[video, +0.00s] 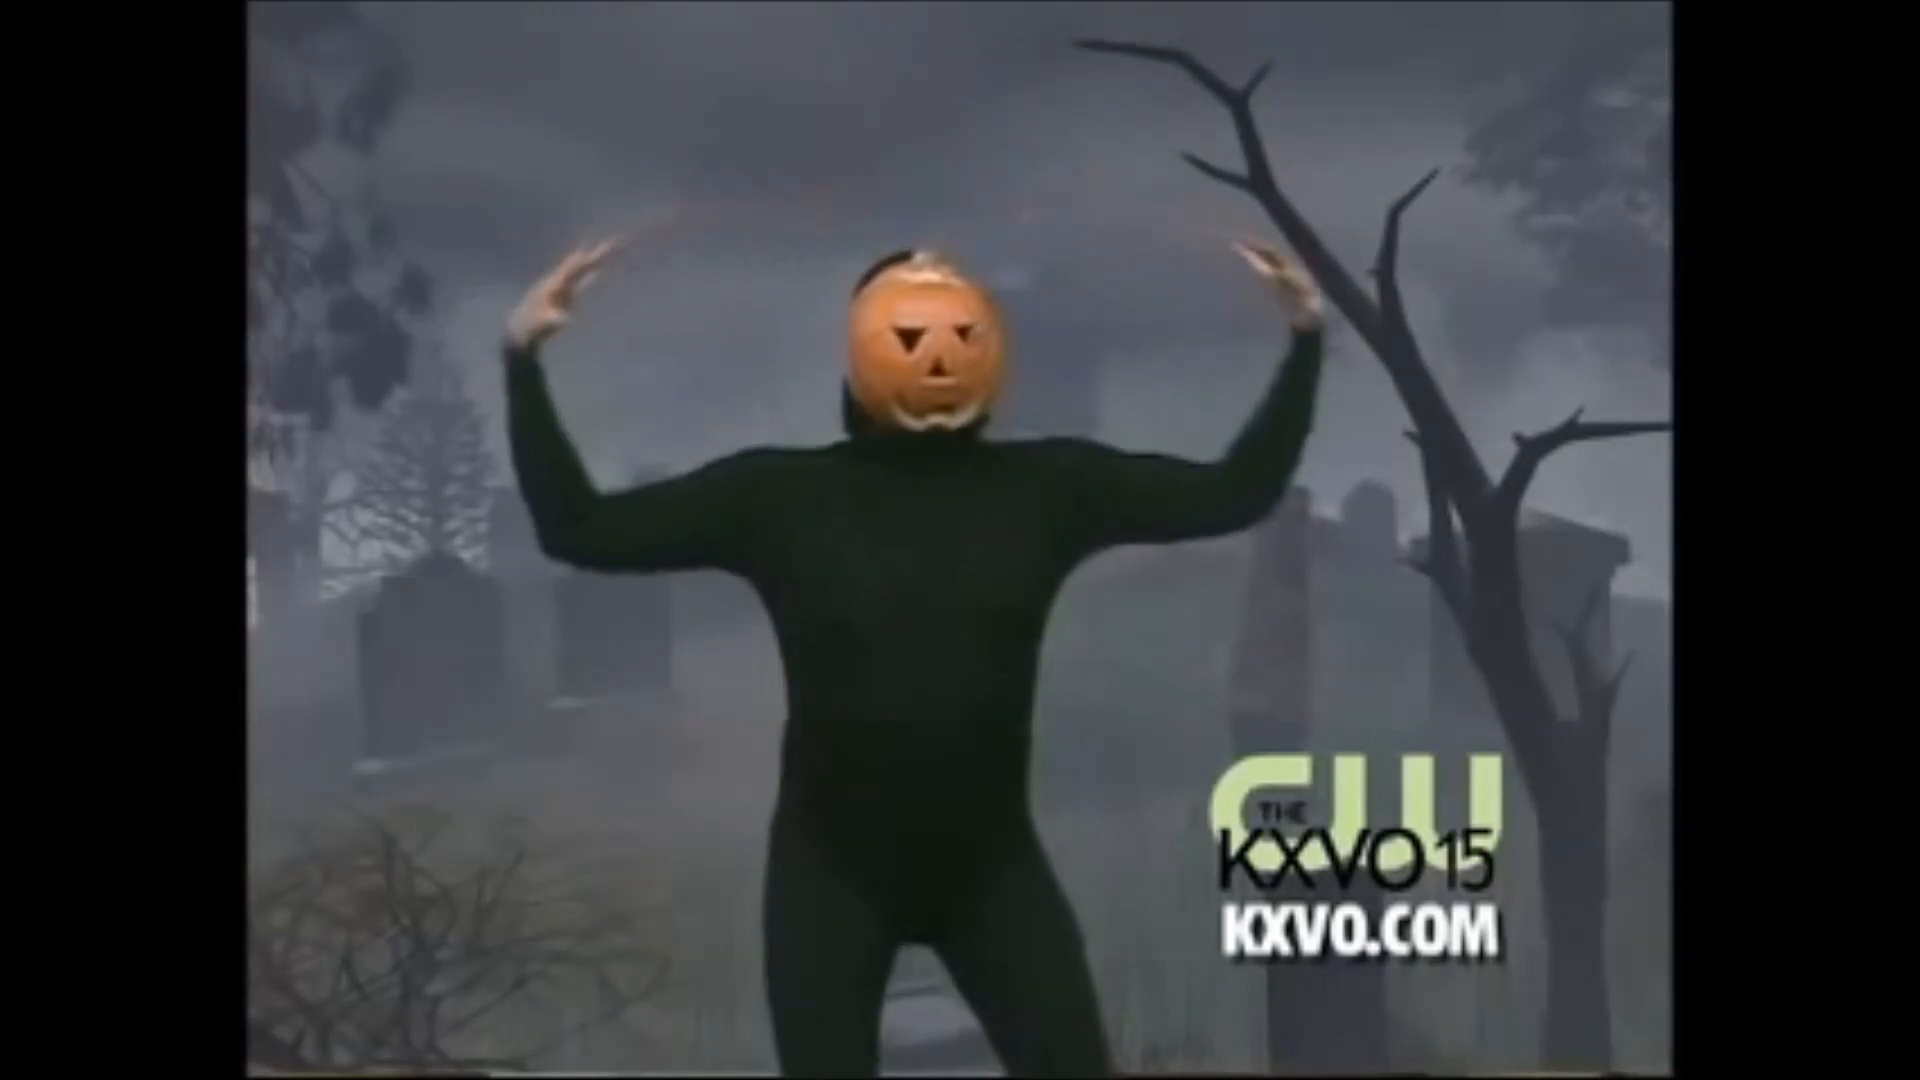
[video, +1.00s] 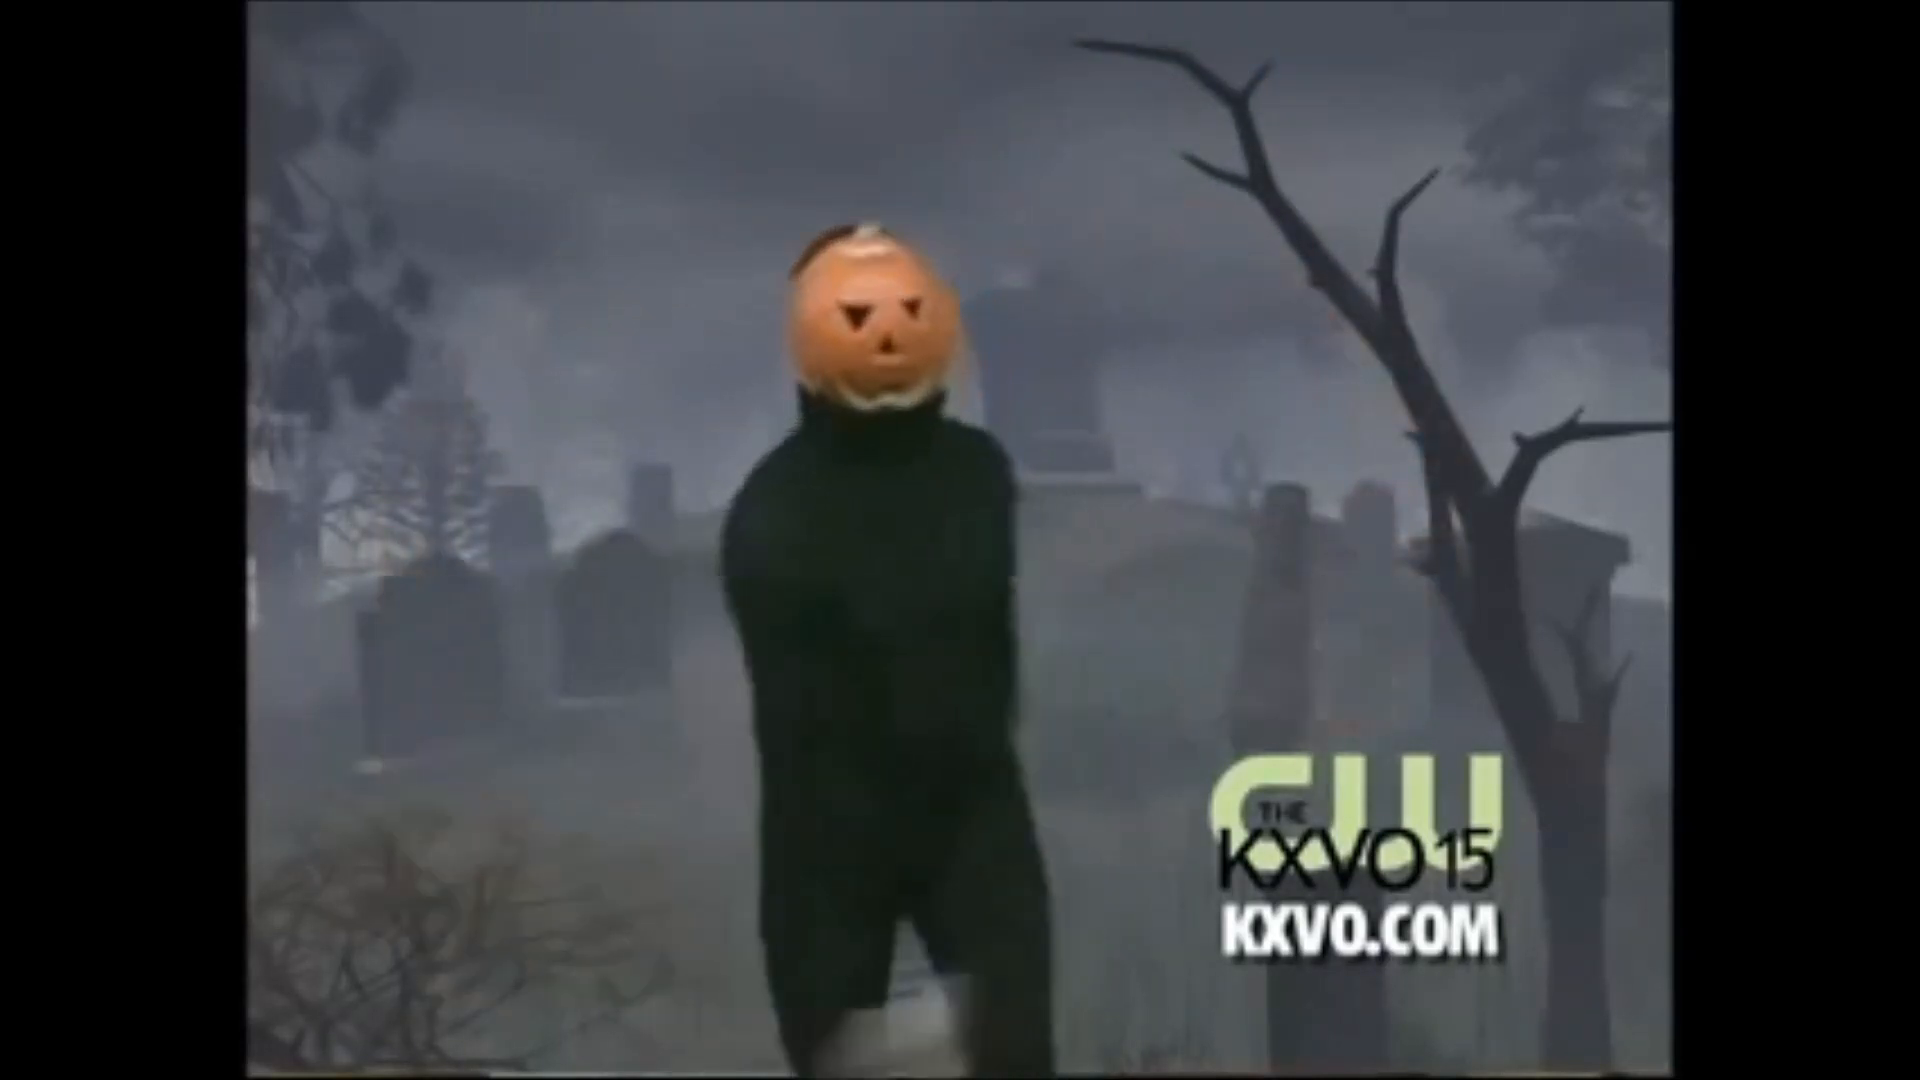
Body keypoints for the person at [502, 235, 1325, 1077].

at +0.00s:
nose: (937, 352)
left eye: (964, 331)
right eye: (903, 330)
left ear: (998, 364)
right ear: (853, 365)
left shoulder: (1053, 487)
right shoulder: (775, 494)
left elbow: (1239, 493)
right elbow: (580, 530)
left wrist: (1306, 341)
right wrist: (523, 360)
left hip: (992, 866)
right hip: (829, 873)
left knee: (1076, 1066)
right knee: (824, 1070)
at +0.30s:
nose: (924, 352)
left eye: (950, 333)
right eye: (892, 333)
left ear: (988, 365)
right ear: (843, 367)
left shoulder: (1042, 496)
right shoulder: (772, 508)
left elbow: (1219, 543)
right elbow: (598, 610)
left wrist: (1356, 416)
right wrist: (463, 488)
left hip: (986, 871)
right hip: (821, 877)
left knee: (1063, 1066)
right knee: (819, 1071)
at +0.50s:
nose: (908, 337)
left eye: (935, 324)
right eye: (877, 326)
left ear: (972, 368)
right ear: (833, 370)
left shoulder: (1029, 503)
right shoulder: (768, 516)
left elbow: (1202, 575)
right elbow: (622, 656)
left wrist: (1365, 496)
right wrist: (439, 610)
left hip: (979, 871)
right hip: (817, 876)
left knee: (1059, 1062)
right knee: (813, 1072)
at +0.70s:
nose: (895, 340)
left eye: (920, 324)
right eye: (864, 329)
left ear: (958, 366)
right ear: (822, 370)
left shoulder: (1012, 504)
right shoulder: (757, 522)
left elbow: (1166, 600)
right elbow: (636, 690)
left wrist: (1337, 579)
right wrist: (462, 731)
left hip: (973, 872)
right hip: (813, 878)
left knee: (1052, 1065)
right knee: (812, 1074)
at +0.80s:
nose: (887, 354)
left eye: (913, 333)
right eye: (856, 338)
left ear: (954, 363)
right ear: (814, 373)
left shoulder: (1007, 504)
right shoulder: (750, 529)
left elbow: (1142, 622)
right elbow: (655, 711)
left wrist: (1306, 634)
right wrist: (512, 816)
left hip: (973, 873)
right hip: (811, 882)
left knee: (1041, 1064)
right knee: (809, 1071)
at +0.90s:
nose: (886, 360)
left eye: (912, 336)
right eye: (854, 338)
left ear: (948, 353)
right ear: (802, 358)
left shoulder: (988, 486)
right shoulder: (761, 518)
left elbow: (1064, 621)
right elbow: (716, 728)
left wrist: (1158, 732)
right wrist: (670, 883)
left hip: (972, 864)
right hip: (817, 876)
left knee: (1010, 1063)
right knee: (818, 1063)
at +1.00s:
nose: (889, 333)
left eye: (913, 309)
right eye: (854, 314)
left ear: (946, 328)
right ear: (801, 339)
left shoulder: (978, 474)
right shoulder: (773, 507)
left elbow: (989, 663)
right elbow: (797, 717)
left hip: (975, 827)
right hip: (826, 838)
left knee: (1013, 1050)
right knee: (831, 1050)